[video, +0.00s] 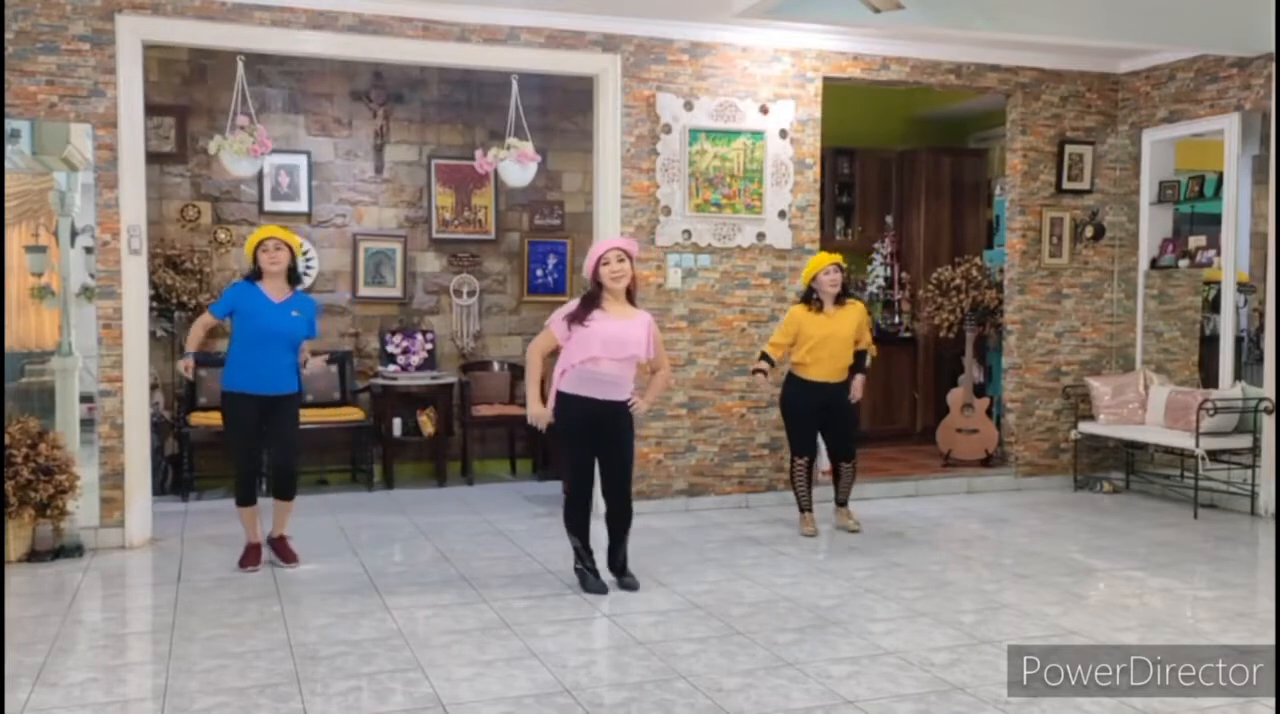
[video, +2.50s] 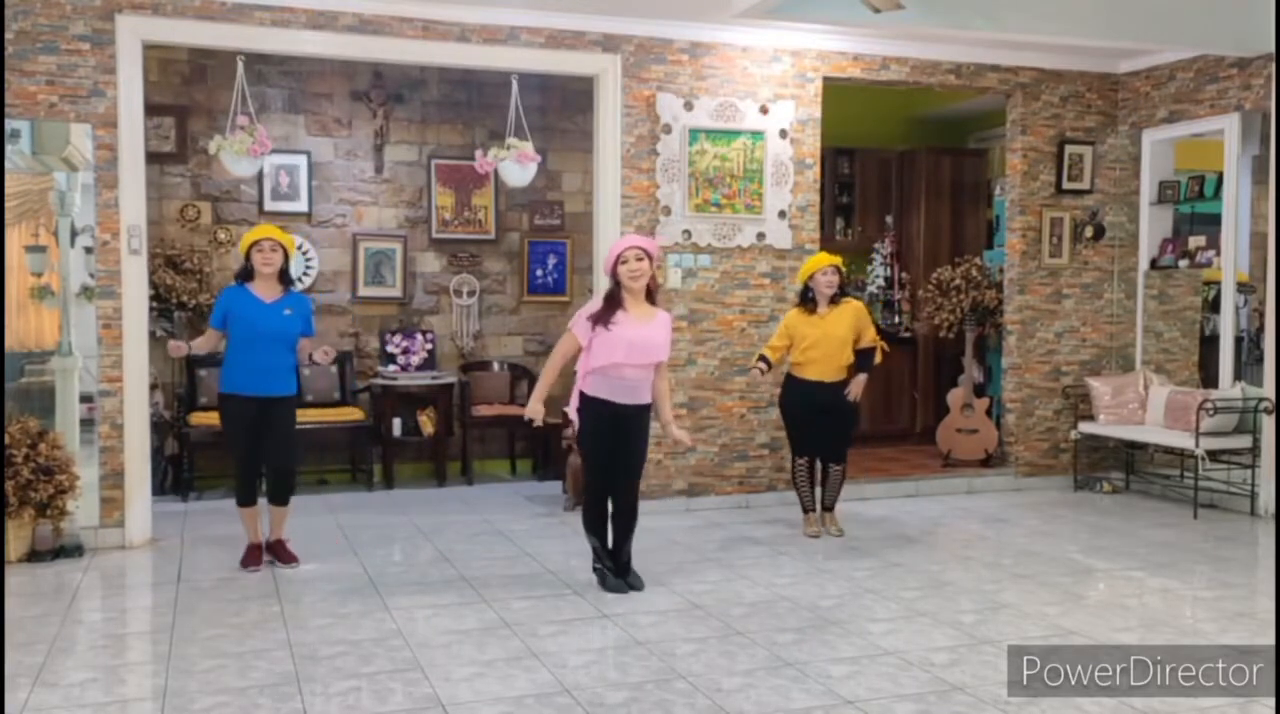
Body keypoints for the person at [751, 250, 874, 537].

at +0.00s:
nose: (834, 277)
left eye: (837, 272)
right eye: (826, 273)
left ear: (843, 277)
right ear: (813, 281)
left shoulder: (855, 310)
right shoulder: (799, 313)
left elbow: (864, 346)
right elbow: (778, 344)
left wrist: (859, 375)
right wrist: (764, 363)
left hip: (837, 391)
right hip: (800, 390)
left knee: (845, 453)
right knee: (803, 453)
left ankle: (842, 509)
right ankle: (806, 514)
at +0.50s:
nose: (829, 280)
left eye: (832, 274)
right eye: (822, 275)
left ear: (837, 280)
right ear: (807, 282)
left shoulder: (850, 309)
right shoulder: (794, 320)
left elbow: (867, 342)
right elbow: (779, 358)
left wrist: (862, 374)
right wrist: (762, 373)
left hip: (839, 392)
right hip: (802, 392)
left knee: (845, 455)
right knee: (803, 453)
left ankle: (837, 509)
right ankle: (807, 514)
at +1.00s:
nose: (851, 279)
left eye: (854, 274)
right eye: (844, 274)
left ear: (857, 280)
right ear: (828, 281)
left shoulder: (867, 307)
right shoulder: (817, 318)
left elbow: (886, 333)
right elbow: (813, 360)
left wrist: (885, 365)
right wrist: (821, 393)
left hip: (866, 388)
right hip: (832, 388)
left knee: (866, 453)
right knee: (826, 453)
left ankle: (858, 512)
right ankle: (811, 512)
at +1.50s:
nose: (865, 279)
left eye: (868, 273)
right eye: (859, 273)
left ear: (870, 278)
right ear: (842, 278)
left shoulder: (877, 308)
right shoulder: (825, 313)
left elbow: (894, 337)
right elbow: (820, 356)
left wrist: (891, 368)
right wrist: (836, 383)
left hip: (871, 387)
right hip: (837, 388)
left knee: (868, 452)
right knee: (841, 453)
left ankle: (859, 512)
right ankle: (839, 511)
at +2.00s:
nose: (850, 276)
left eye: (854, 271)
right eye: (843, 271)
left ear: (859, 278)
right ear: (829, 278)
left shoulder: (866, 314)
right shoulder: (813, 310)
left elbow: (881, 348)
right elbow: (794, 349)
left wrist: (874, 374)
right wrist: (785, 380)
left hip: (850, 391)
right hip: (814, 387)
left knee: (853, 452)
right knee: (812, 453)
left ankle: (856, 512)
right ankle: (810, 514)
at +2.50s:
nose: (831, 278)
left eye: (834, 273)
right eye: (824, 273)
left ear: (841, 279)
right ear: (810, 281)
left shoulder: (854, 309)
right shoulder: (796, 316)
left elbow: (868, 345)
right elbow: (777, 346)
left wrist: (862, 375)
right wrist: (763, 361)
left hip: (837, 392)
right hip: (799, 391)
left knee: (835, 454)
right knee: (803, 453)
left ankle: (828, 512)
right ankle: (809, 514)